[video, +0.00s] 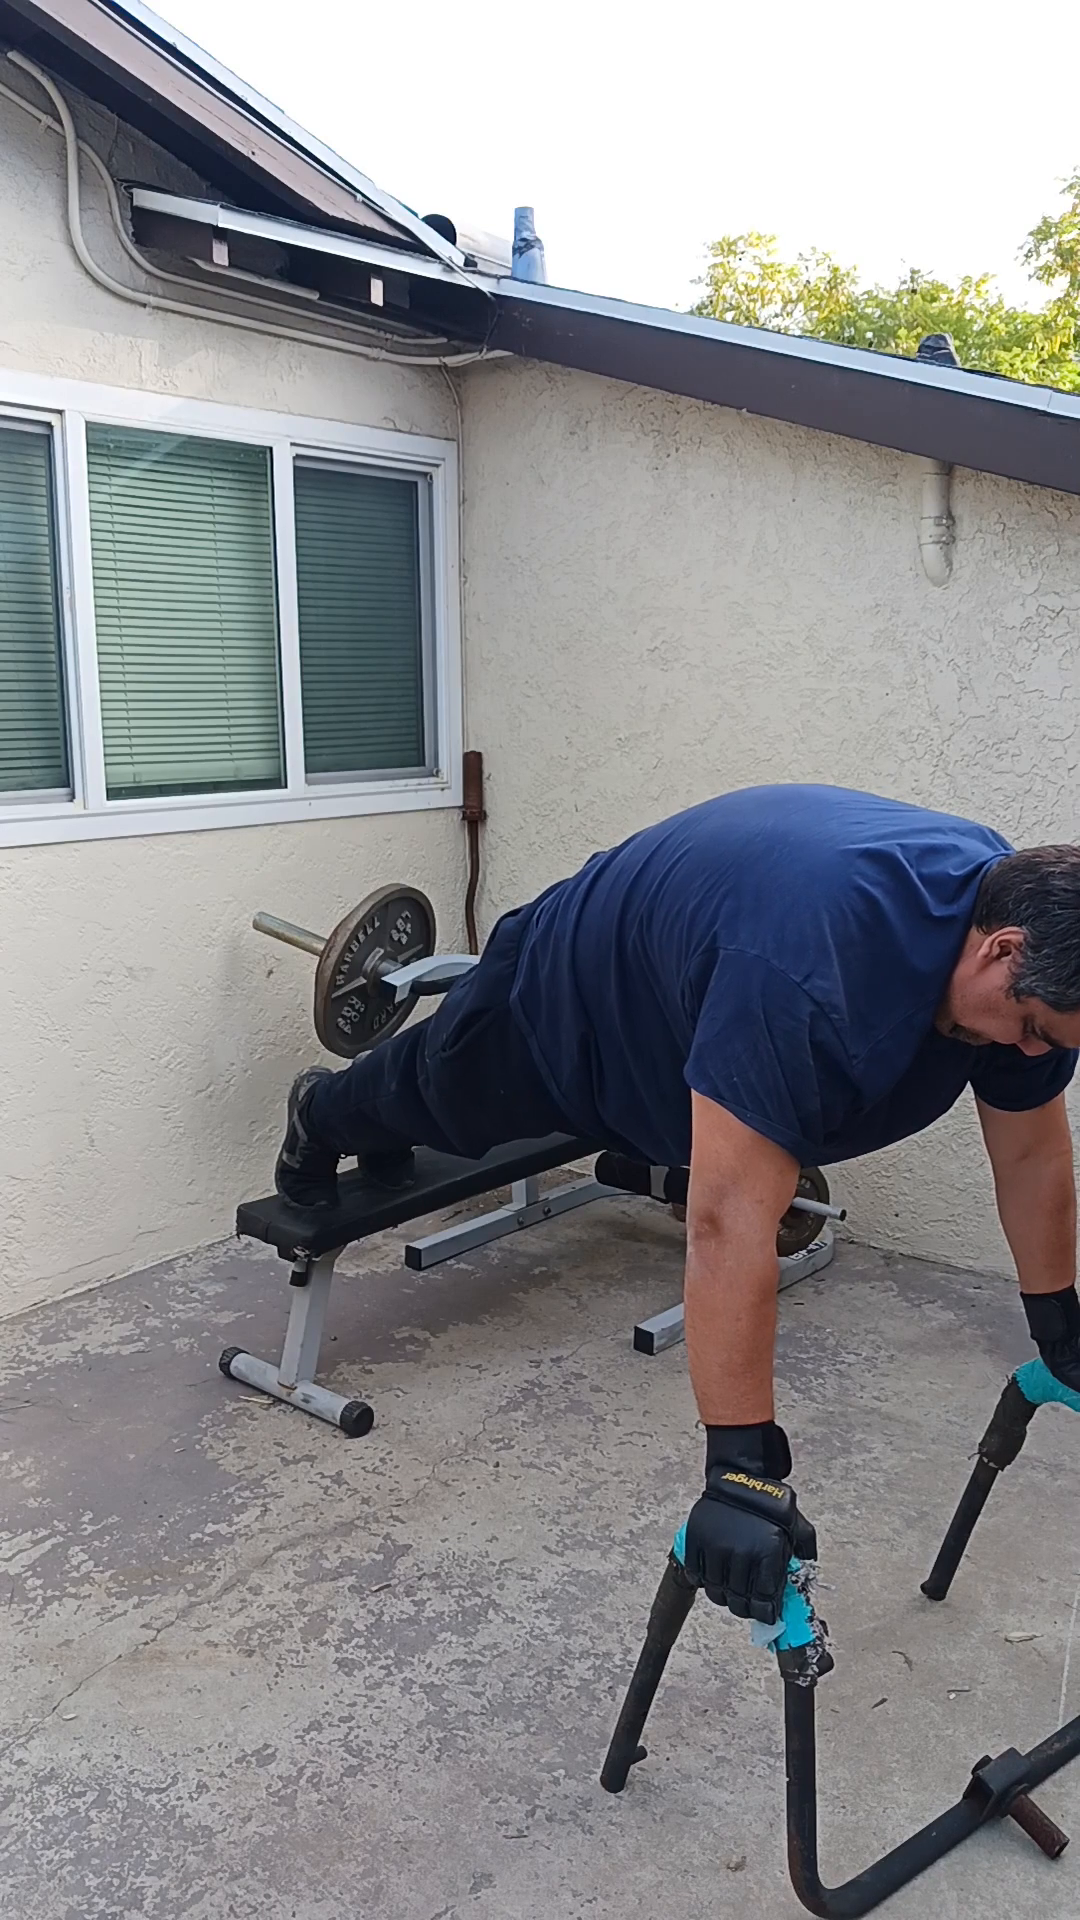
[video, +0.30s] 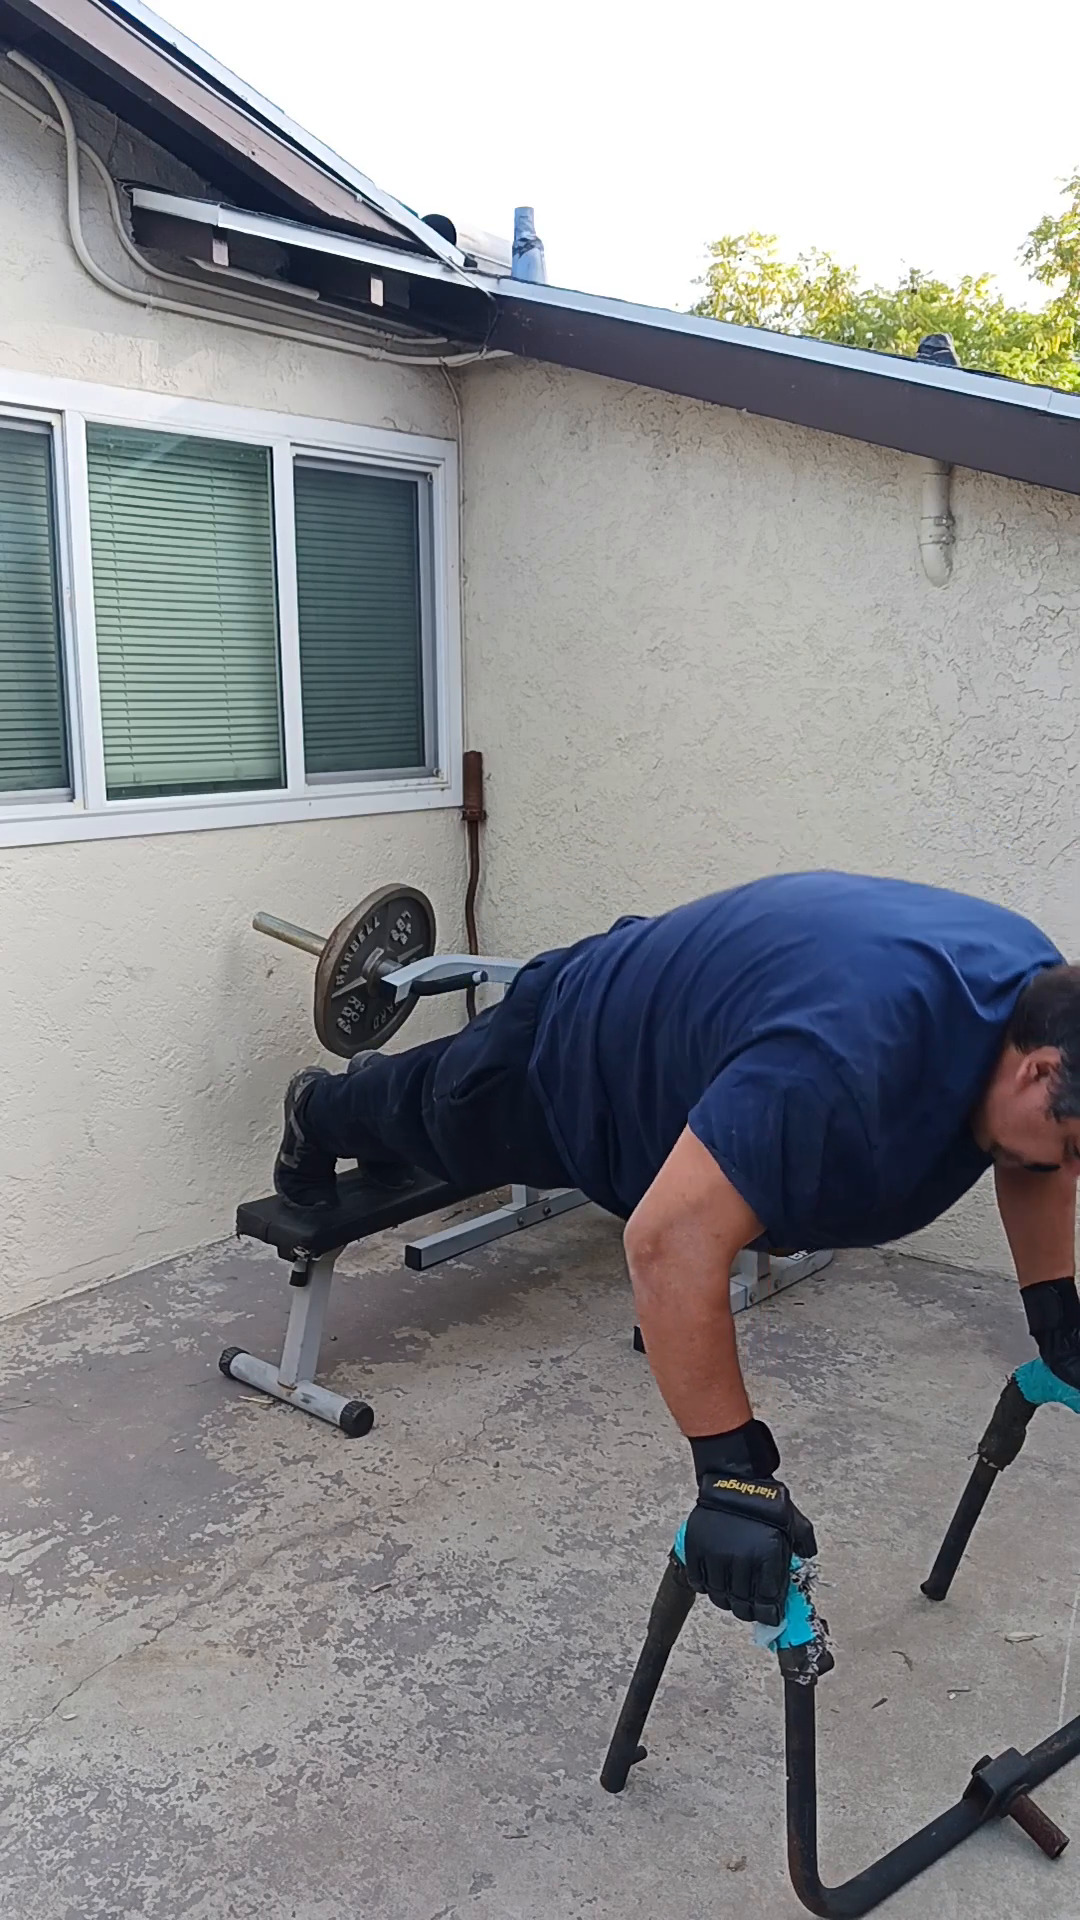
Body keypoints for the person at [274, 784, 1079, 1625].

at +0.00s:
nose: (1041, 1052)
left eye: (1056, 1040)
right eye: (1038, 1029)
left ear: (1013, 946)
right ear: (994, 953)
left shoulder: (1028, 964)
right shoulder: (810, 951)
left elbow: (1036, 1159)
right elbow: (727, 1218)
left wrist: (1058, 1325)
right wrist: (743, 1469)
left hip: (700, 997)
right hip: (573, 987)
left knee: (499, 1089)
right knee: (430, 1082)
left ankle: (390, 1123)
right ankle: (319, 1113)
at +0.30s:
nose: (1044, 1164)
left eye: (1065, 1155)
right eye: (1050, 1141)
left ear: (1052, 1064)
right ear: (1026, 1068)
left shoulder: (1035, 993)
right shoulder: (835, 1063)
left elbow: (1040, 1162)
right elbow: (669, 1249)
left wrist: (1056, 1318)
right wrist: (735, 1475)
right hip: (583, 1041)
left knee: (496, 1112)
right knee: (430, 1101)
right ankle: (316, 1108)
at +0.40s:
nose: (1057, 1271)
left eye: (1074, 1261)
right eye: (1069, 1242)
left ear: (1065, 1159)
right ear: (1052, 1167)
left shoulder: (1057, 1058)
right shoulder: (868, 1128)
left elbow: (1039, 1186)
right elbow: (655, 1256)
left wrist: (1053, 1294)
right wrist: (733, 1475)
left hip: (728, 990)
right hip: (603, 1065)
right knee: (439, 1113)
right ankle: (321, 1106)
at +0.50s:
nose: (1054, 1350)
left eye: (1064, 1349)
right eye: (1069, 1337)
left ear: (1070, 1246)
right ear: (1064, 1257)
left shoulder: (1070, 1116)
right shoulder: (898, 1197)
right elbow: (652, 1265)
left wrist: (1040, 1336)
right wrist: (735, 1478)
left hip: (710, 1040)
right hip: (601, 1112)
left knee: (507, 1109)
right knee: (447, 1123)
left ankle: (395, 1140)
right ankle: (321, 1113)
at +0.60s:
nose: (1051, 1417)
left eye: (1064, 1414)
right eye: (1068, 1408)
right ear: (1068, 1342)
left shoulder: (1077, 1168)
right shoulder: (903, 1261)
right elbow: (654, 1265)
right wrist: (733, 1477)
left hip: (713, 1071)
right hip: (605, 1141)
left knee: (522, 1104)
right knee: (449, 1138)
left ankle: (391, 1084)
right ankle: (324, 1110)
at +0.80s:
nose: (1053, 1524)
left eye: (1063, 1520)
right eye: (1068, 1518)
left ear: (1070, 1454)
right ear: (1070, 1459)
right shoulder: (925, 1350)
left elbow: (1040, 1130)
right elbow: (681, 1259)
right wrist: (733, 1480)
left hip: (731, 1119)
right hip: (626, 1195)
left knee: (542, 1130)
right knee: (462, 1175)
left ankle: (405, 1083)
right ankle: (327, 1110)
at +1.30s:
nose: (1053, 1450)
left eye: (1067, 1440)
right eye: (1071, 1437)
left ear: (1071, 1373)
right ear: (1067, 1382)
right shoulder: (906, 1288)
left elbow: (1051, 1134)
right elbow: (646, 1273)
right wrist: (730, 1479)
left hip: (713, 1094)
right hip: (605, 1174)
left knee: (534, 1119)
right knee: (451, 1158)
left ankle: (404, 1084)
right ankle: (323, 1108)